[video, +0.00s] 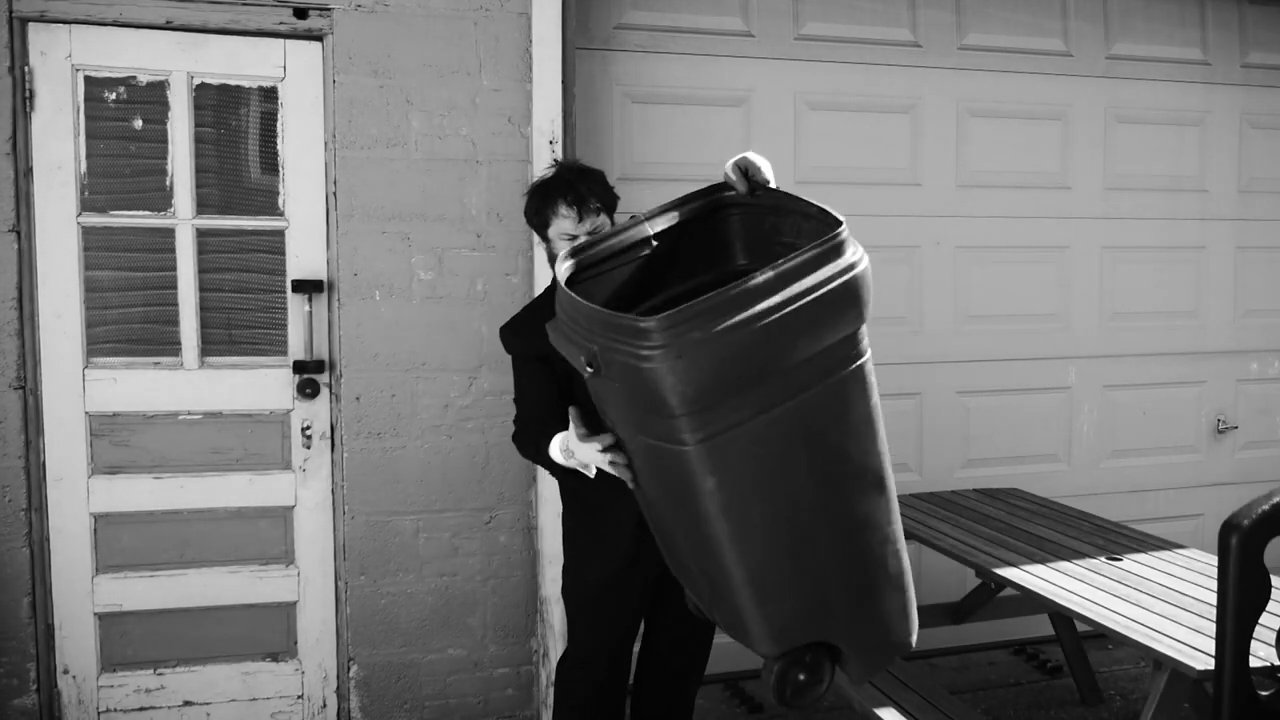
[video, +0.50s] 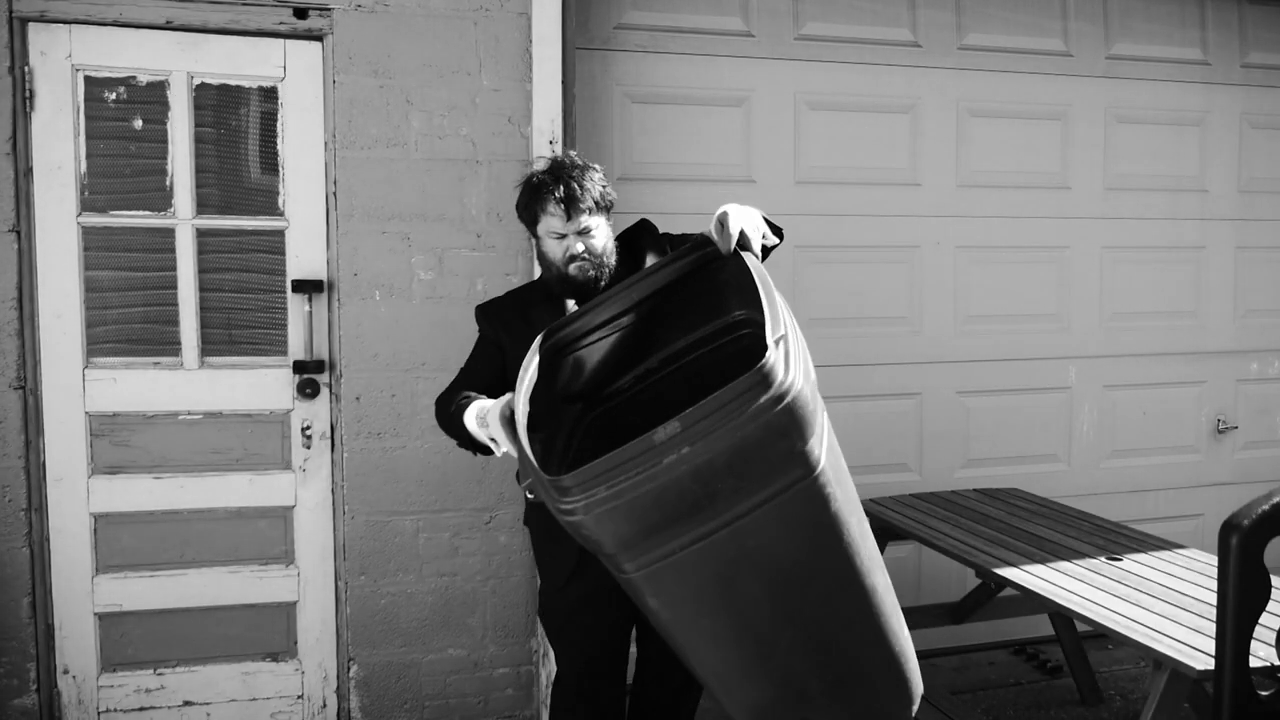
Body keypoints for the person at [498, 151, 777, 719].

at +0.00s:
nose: (585, 249)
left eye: (595, 233)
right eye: (568, 241)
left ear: (618, 223)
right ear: (546, 247)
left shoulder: (666, 288)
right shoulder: (535, 330)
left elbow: (732, 270)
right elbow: (531, 430)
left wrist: (748, 203)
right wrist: (565, 450)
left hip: (691, 522)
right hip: (603, 532)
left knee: (673, 684)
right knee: (593, 683)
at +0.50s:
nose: (578, 248)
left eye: (588, 231)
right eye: (560, 237)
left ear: (609, 219)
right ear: (534, 239)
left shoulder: (652, 256)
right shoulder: (510, 319)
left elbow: (740, 254)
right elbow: (454, 402)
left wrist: (747, 221)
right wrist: (481, 414)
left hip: (680, 507)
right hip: (572, 524)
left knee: (675, 680)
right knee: (588, 684)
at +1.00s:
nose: (592, 258)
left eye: (605, 239)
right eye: (572, 244)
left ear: (627, 225)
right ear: (543, 238)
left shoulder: (670, 278)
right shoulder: (503, 316)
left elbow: (768, 335)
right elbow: (436, 405)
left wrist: (793, 377)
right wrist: (476, 457)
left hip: (668, 534)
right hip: (557, 545)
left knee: (675, 693)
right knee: (570, 700)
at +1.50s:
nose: (677, 302)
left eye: (694, 286)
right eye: (661, 285)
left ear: (718, 268)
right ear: (633, 264)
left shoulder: (750, 313)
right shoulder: (576, 338)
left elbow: (801, 423)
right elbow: (527, 448)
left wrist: (827, 535)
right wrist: (525, 566)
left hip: (715, 559)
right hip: (607, 566)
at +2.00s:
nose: (705, 306)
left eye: (721, 290)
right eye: (689, 289)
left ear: (747, 273)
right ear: (661, 267)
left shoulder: (780, 313)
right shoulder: (604, 334)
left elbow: (825, 422)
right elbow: (558, 444)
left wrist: (848, 545)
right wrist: (547, 561)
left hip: (739, 562)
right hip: (632, 565)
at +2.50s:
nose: (706, 276)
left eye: (723, 259)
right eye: (691, 258)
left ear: (747, 244)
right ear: (666, 242)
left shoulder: (788, 298)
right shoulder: (608, 314)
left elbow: (851, 403)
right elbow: (558, 420)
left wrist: (865, 511)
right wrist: (547, 529)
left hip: (748, 556)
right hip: (638, 554)